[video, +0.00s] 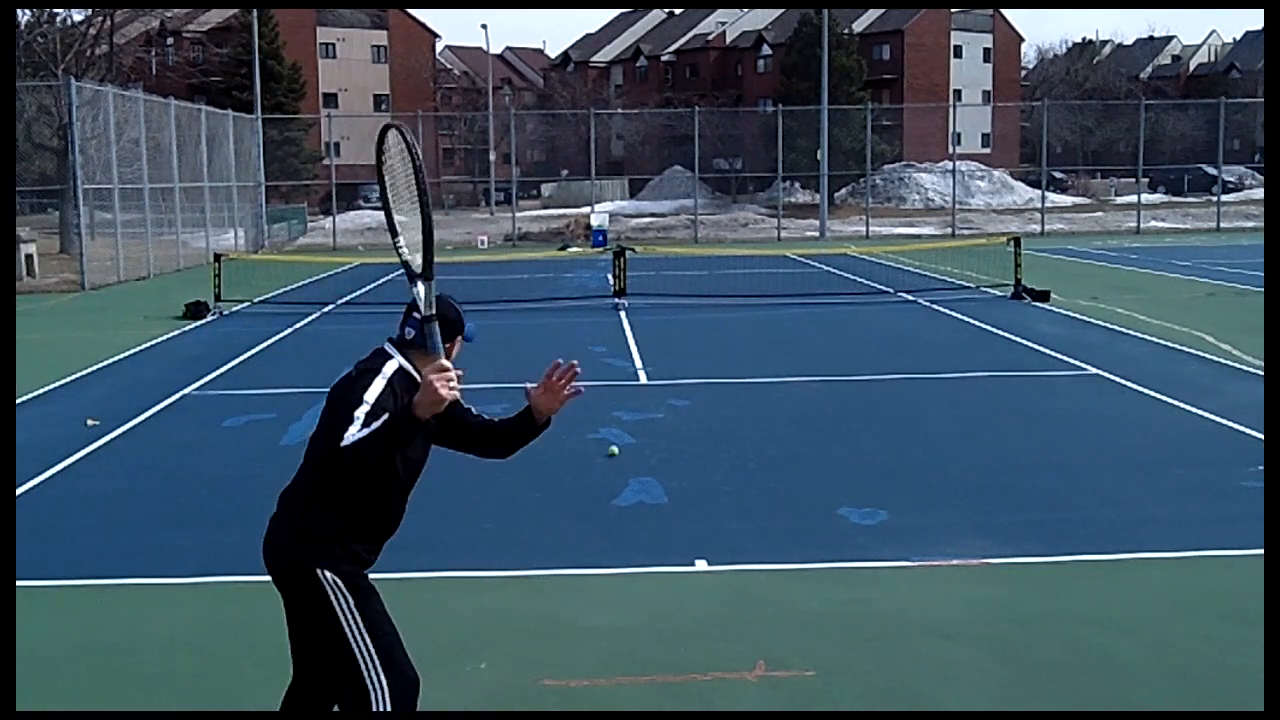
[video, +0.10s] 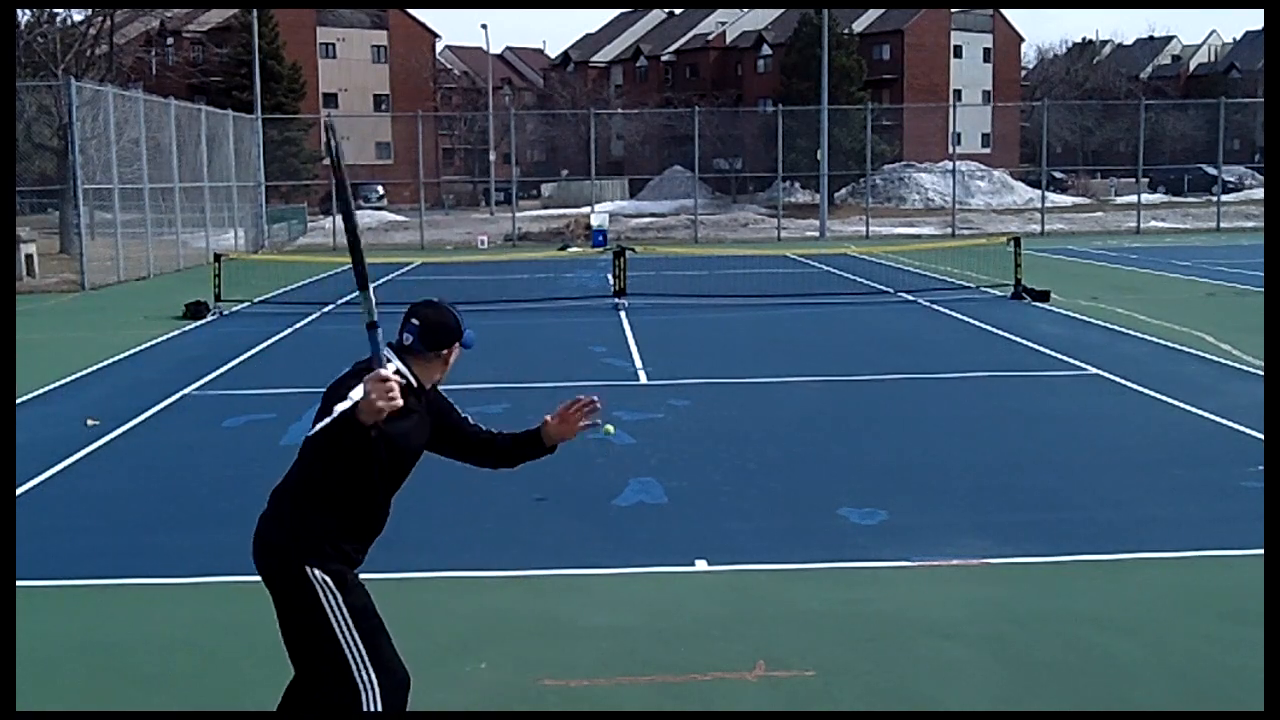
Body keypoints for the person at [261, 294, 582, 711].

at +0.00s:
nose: (457, 355)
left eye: (458, 345)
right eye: (457, 344)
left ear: (412, 335)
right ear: (447, 344)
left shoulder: (419, 390)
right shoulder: (378, 379)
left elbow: (492, 441)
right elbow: (342, 454)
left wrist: (536, 414)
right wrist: (413, 413)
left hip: (334, 553)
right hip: (313, 553)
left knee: (316, 687)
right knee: (391, 686)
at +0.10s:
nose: (456, 357)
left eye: (457, 348)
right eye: (456, 349)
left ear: (408, 339)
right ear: (448, 354)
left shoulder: (426, 404)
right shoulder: (367, 383)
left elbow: (484, 448)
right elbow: (317, 440)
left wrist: (545, 437)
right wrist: (360, 413)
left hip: (327, 553)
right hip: (301, 551)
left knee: (321, 681)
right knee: (382, 684)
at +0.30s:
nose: (456, 368)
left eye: (455, 360)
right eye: (456, 360)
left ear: (407, 352)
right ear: (445, 367)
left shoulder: (399, 404)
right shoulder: (383, 389)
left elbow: (440, 468)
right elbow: (329, 452)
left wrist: (518, 490)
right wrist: (346, 490)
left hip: (276, 549)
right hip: (301, 554)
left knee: (307, 677)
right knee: (384, 682)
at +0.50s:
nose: (414, 324)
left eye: (417, 317)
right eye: (415, 317)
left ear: (366, 297)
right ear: (403, 312)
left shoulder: (294, 337)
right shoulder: (392, 344)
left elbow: (297, 428)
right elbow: (393, 448)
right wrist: (438, 486)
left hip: (272, 511)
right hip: (340, 519)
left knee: (278, 652)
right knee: (374, 662)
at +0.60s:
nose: (392, 290)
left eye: (394, 285)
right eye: (392, 284)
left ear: (338, 269)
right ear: (384, 283)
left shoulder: (273, 316)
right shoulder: (388, 320)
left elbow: (251, 396)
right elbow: (409, 404)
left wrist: (260, 327)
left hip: (284, 500)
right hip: (359, 502)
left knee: (278, 642)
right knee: (379, 641)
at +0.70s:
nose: (367, 281)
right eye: (368, 274)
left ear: (315, 271)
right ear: (367, 277)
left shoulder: (272, 326)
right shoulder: (382, 315)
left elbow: (219, 376)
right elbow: (411, 361)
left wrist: (213, 304)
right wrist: (372, 302)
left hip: (296, 511)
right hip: (373, 507)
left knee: (285, 646)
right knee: (395, 639)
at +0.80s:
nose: (310, 284)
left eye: (314, 279)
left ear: (315, 283)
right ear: (363, 282)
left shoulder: (283, 340)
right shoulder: (383, 314)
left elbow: (206, 381)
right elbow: (351, 295)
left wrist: (210, 311)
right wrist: (297, 293)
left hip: (310, 519)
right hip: (384, 512)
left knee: (288, 653)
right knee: (404, 639)